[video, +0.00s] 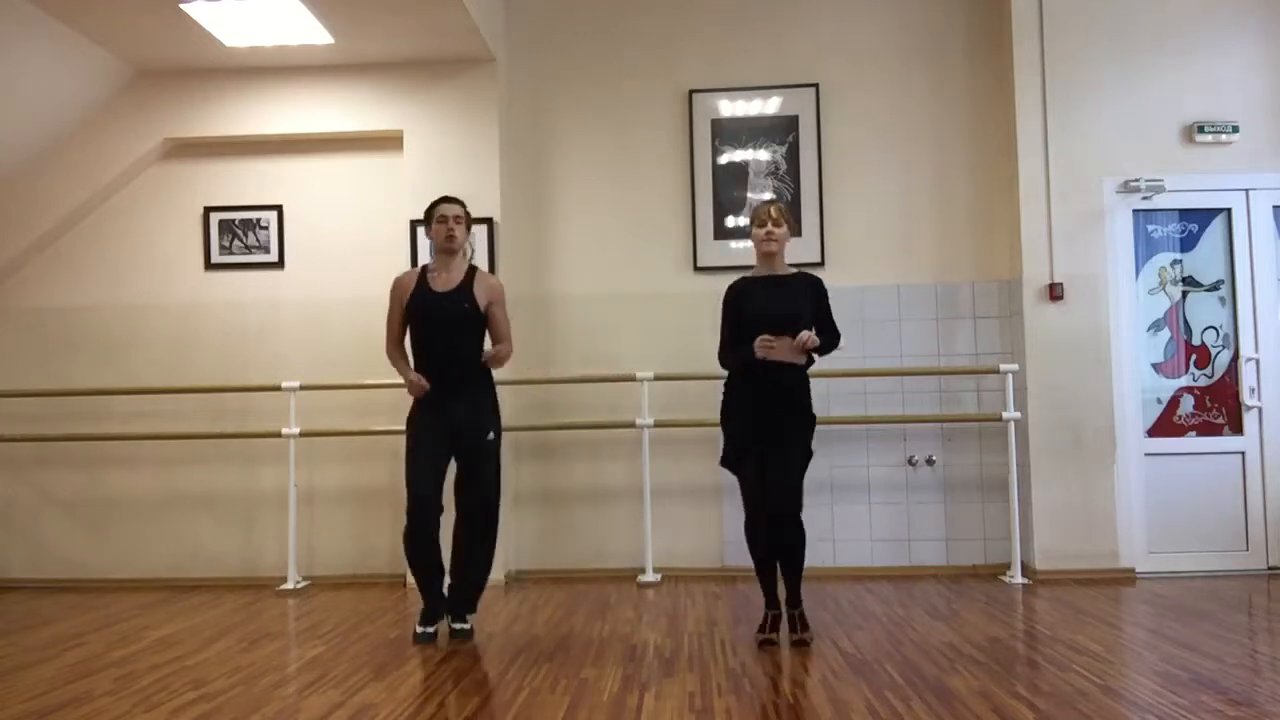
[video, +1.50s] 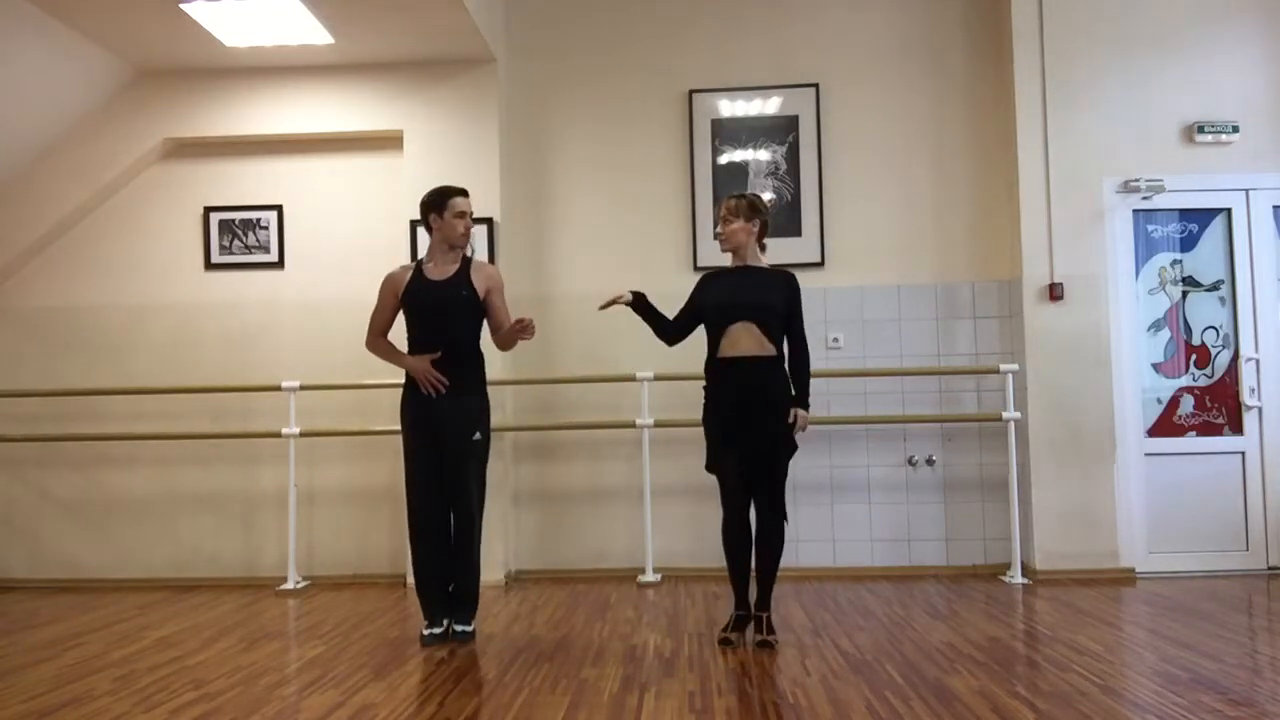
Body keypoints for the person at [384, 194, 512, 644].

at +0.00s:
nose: (450, 227)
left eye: (457, 221)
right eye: (441, 221)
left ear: (468, 231)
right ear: (428, 232)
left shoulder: (487, 286)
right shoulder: (406, 285)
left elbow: (504, 349)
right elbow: (393, 345)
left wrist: (484, 361)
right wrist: (408, 375)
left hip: (477, 407)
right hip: (430, 406)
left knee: (477, 511)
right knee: (422, 510)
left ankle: (462, 608)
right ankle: (431, 605)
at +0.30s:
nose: (462, 227)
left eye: (465, 220)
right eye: (453, 220)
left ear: (468, 228)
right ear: (429, 229)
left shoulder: (488, 282)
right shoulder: (407, 287)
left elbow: (513, 334)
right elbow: (383, 347)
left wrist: (493, 356)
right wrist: (420, 365)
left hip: (464, 404)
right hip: (419, 403)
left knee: (455, 505)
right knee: (419, 507)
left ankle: (454, 608)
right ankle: (430, 611)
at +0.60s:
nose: (466, 229)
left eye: (469, 223)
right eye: (457, 222)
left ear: (471, 230)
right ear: (433, 230)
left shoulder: (486, 287)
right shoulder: (405, 286)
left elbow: (505, 354)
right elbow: (385, 341)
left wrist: (497, 344)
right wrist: (413, 372)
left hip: (480, 410)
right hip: (430, 411)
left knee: (483, 513)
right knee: (420, 514)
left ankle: (466, 611)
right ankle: (438, 605)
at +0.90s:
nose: (469, 223)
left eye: (471, 216)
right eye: (460, 216)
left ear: (472, 224)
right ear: (435, 224)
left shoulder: (490, 276)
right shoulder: (408, 282)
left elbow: (510, 339)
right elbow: (381, 337)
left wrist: (516, 329)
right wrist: (412, 361)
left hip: (469, 403)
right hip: (423, 404)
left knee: (465, 508)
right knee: (424, 507)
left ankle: (459, 611)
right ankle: (433, 613)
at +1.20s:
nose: (471, 222)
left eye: (473, 216)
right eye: (462, 215)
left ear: (470, 222)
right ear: (436, 222)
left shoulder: (487, 275)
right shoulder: (404, 280)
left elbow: (504, 339)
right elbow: (378, 338)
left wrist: (517, 328)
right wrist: (411, 361)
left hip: (469, 402)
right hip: (423, 404)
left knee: (465, 509)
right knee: (427, 508)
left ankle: (462, 615)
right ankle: (436, 615)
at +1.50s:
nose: (468, 224)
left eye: (470, 216)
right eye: (459, 216)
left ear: (469, 222)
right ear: (433, 221)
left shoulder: (484, 274)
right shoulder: (400, 281)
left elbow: (502, 339)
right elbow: (374, 339)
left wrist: (516, 331)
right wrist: (407, 362)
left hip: (467, 402)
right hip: (421, 405)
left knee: (465, 510)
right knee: (426, 511)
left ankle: (462, 614)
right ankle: (435, 615)